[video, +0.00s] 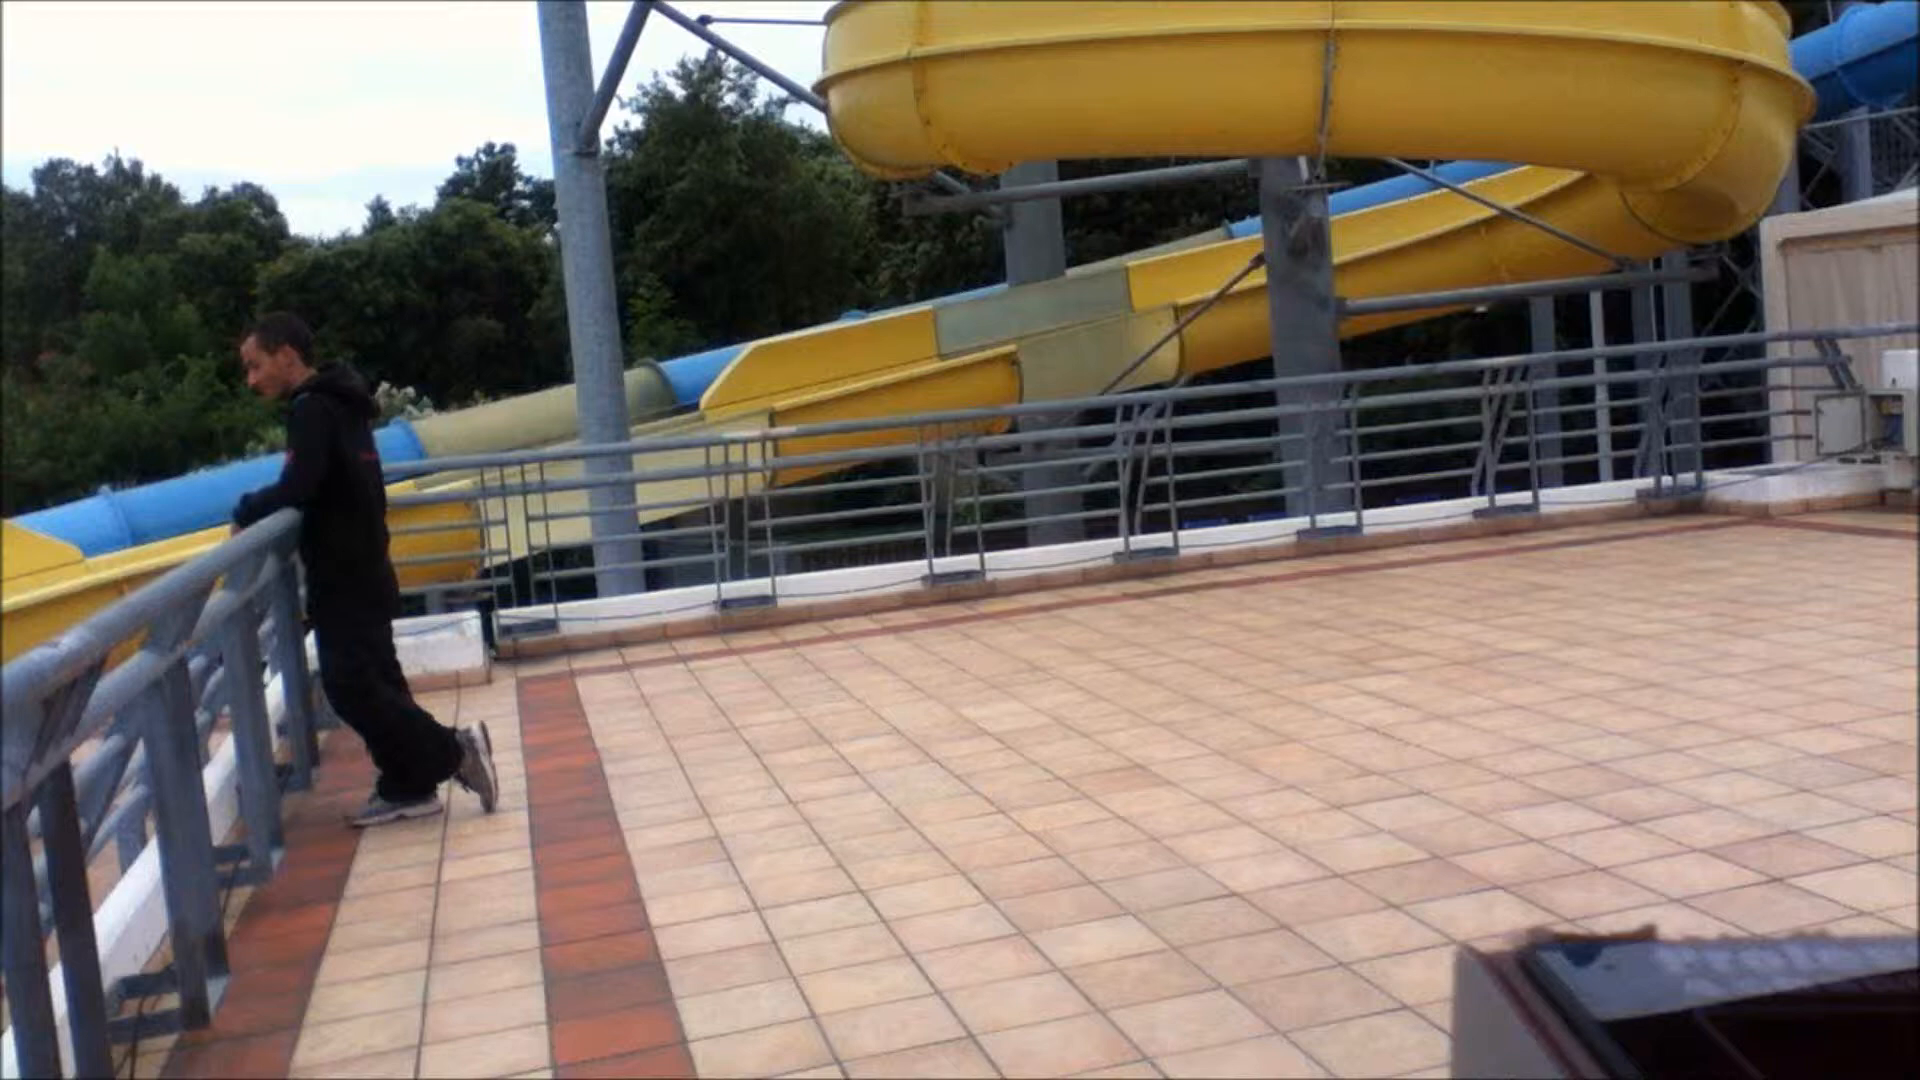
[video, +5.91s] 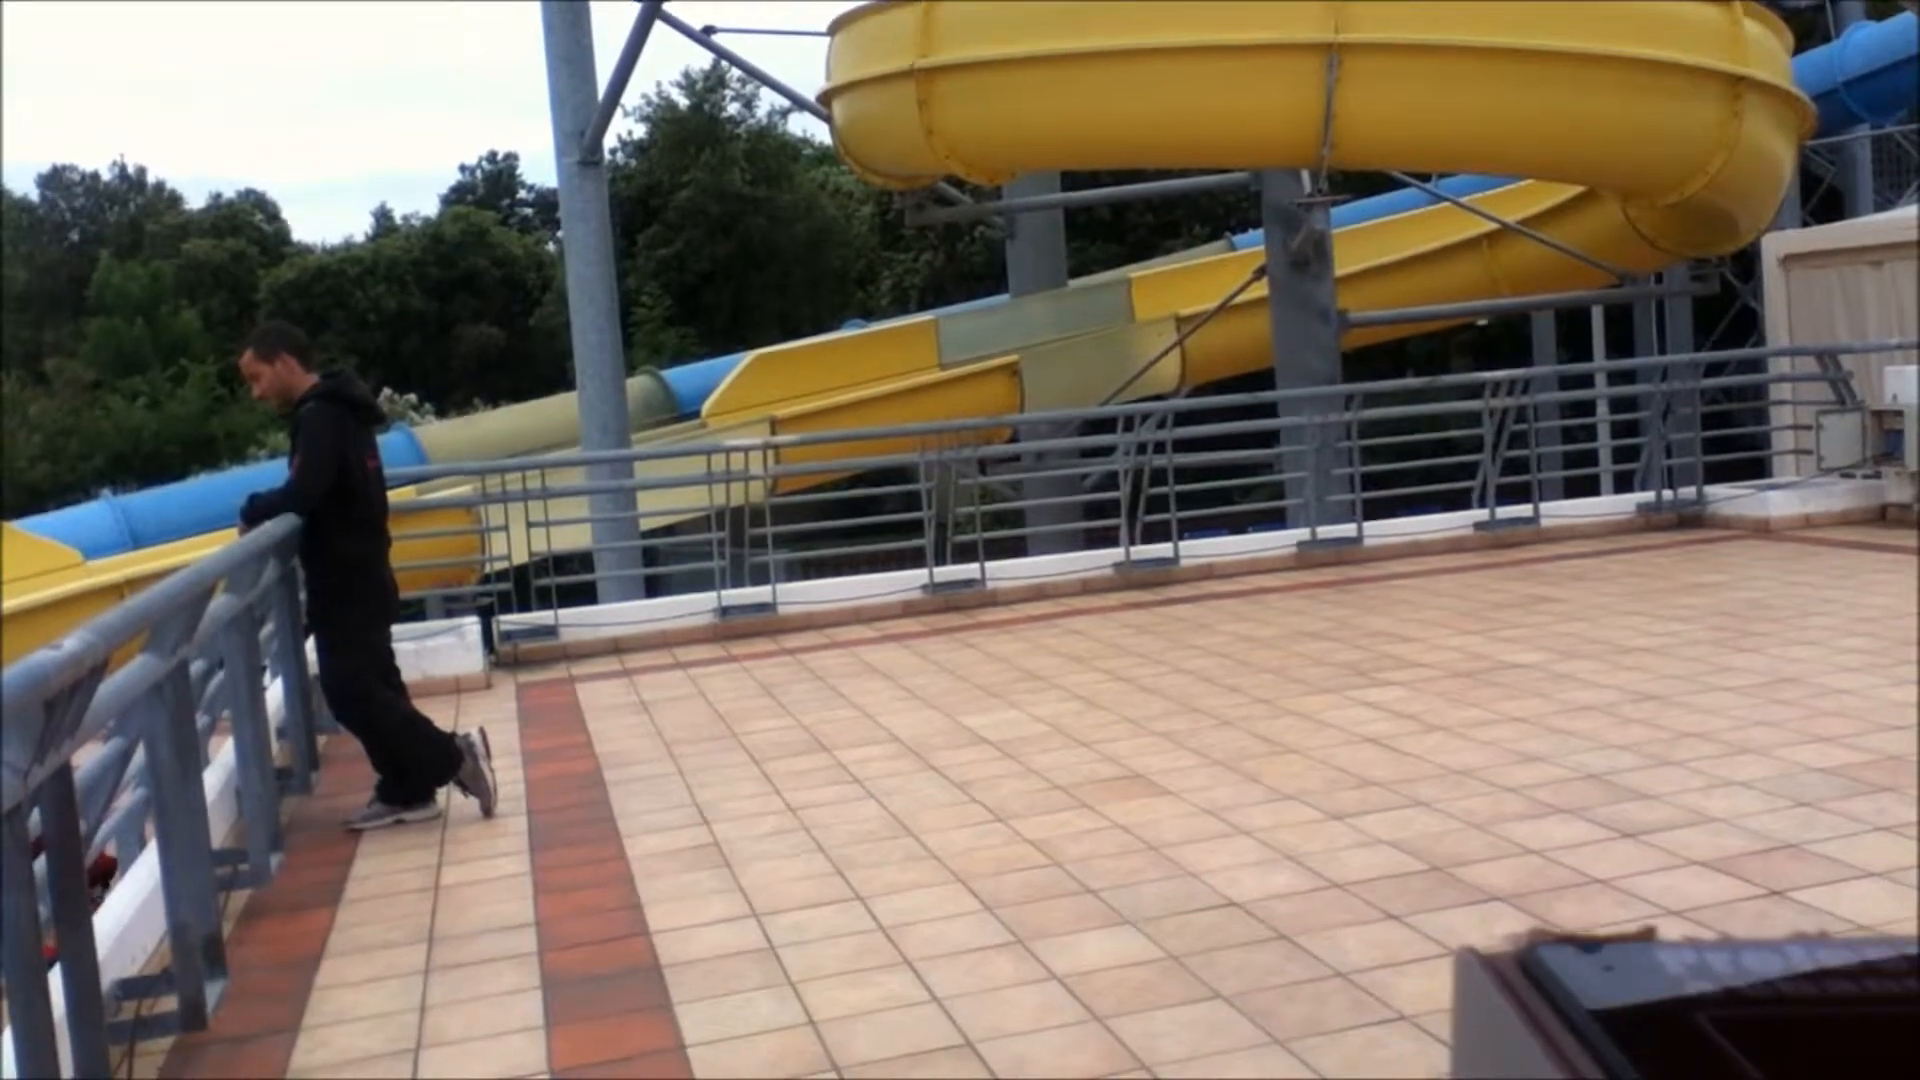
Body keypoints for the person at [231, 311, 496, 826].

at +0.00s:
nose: (250, 380)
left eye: (254, 366)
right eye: (247, 369)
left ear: (288, 357)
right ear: (292, 361)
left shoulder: (312, 410)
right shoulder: (337, 399)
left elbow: (303, 487)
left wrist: (246, 510)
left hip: (343, 575)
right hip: (363, 570)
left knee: (348, 689)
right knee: (376, 677)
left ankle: (453, 752)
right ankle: (406, 790)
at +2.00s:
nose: (255, 381)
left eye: (256, 370)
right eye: (253, 371)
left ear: (276, 365)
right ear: (298, 360)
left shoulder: (314, 414)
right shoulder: (338, 404)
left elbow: (300, 494)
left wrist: (245, 513)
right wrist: (263, 514)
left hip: (345, 579)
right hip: (365, 574)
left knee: (350, 694)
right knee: (377, 682)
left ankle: (453, 754)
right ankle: (406, 791)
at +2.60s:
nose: (251, 391)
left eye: (255, 377)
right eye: (247, 381)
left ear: (290, 366)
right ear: (289, 371)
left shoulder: (317, 420)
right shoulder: (337, 409)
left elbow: (301, 502)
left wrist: (221, 511)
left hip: (350, 586)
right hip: (365, 579)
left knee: (354, 699)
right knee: (379, 687)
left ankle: (457, 763)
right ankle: (408, 798)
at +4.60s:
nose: (260, 396)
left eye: (262, 382)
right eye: (255, 386)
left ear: (291, 368)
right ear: (296, 372)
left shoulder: (321, 421)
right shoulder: (341, 412)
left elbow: (308, 500)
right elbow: (324, 498)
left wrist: (255, 515)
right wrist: (271, 514)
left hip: (345, 588)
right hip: (363, 582)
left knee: (350, 700)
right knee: (377, 688)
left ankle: (454, 763)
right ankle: (407, 800)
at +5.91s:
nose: (254, 392)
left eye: (255, 378)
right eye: (249, 382)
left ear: (285, 363)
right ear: (290, 367)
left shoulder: (320, 416)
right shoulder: (335, 407)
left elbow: (308, 494)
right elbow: (324, 493)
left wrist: (256, 508)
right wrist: (272, 506)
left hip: (346, 583)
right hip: (360, 578)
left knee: (349, 695)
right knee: (374, 684)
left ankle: (452, 757)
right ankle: (405, 793)